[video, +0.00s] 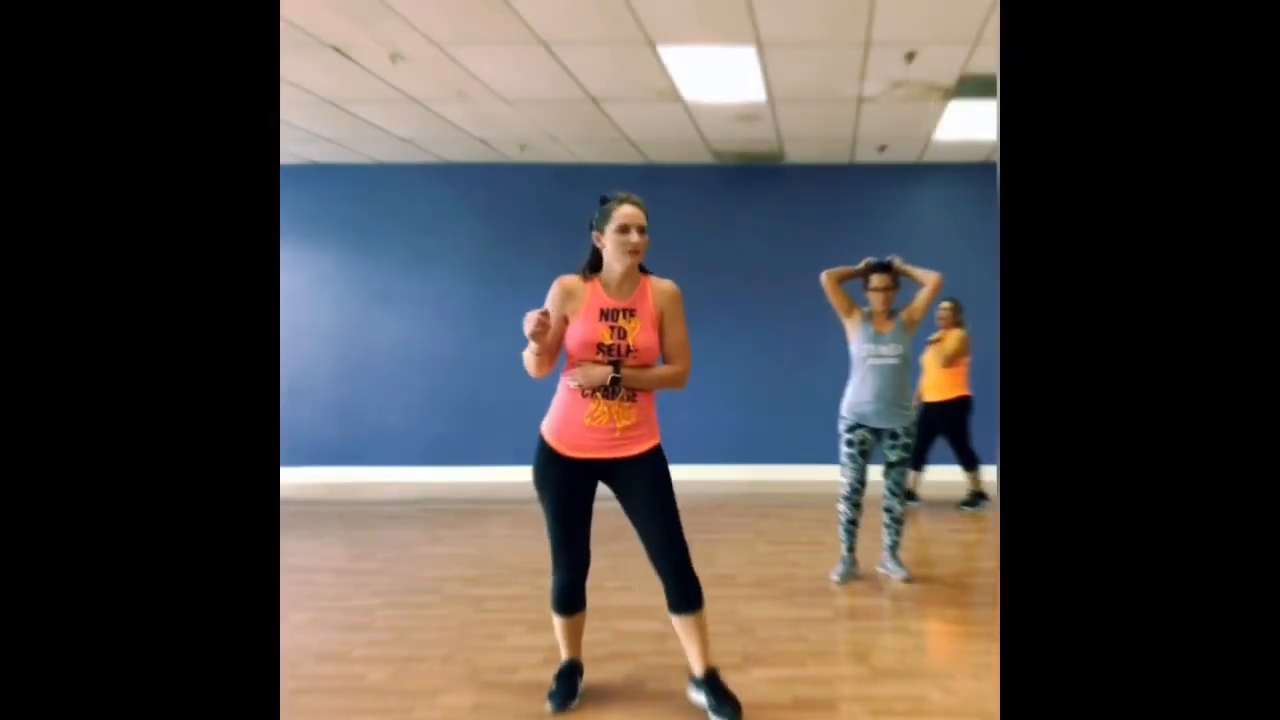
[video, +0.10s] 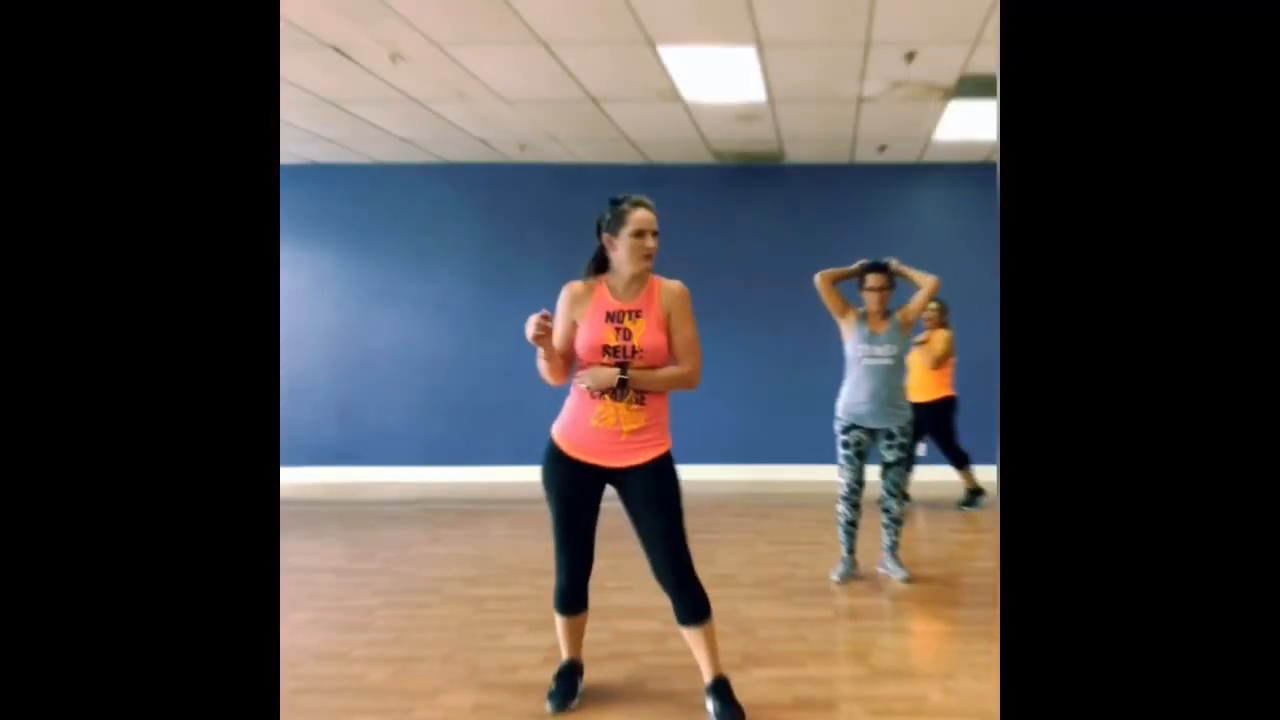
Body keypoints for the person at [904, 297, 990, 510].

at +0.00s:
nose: (942, 314)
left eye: (947, 311)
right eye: (940, 310)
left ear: (957, 315)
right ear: (937, 314)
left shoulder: (959, 335)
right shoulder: (935, 338)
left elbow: (945, 360)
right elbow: (927, 373)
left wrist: (935, 343)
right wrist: (918, 397)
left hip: (954, 397)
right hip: (932, 399)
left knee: (961, 445)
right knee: (919, 444)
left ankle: (976, 489)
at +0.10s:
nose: (928, 316)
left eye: (933, 312)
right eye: (926, 312)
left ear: (942, 315)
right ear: (922, 315)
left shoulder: (943, 335)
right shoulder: (922, 338)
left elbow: (933, 362)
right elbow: (912, 368)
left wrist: (920, 346)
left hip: (938, 398)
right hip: (916, 399)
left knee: (948, 446)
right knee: (904, 447)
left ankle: (973, 488)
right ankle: (897, 491)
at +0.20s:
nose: (913, 316)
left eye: (917, 312)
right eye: (912, 312)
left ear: (926, 314)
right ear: (911, 315)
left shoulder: (930, 334)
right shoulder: (911, 335)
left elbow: (921, 361)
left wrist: (908, 343)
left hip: (924, 398)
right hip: (907, 398)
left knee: (925, 445)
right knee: (898, 447)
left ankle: (959, 481)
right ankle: (897, 490)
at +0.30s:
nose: (902, 315)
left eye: (906, 310)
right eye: (902, 311)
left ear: (913, 314)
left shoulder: (918, 333)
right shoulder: (904, 334)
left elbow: (909, 359)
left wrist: (897, 339)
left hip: (913, 396)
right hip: (901, 395)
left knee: (904, 447)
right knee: (898, 447)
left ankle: (935, 481)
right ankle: (897, 490)